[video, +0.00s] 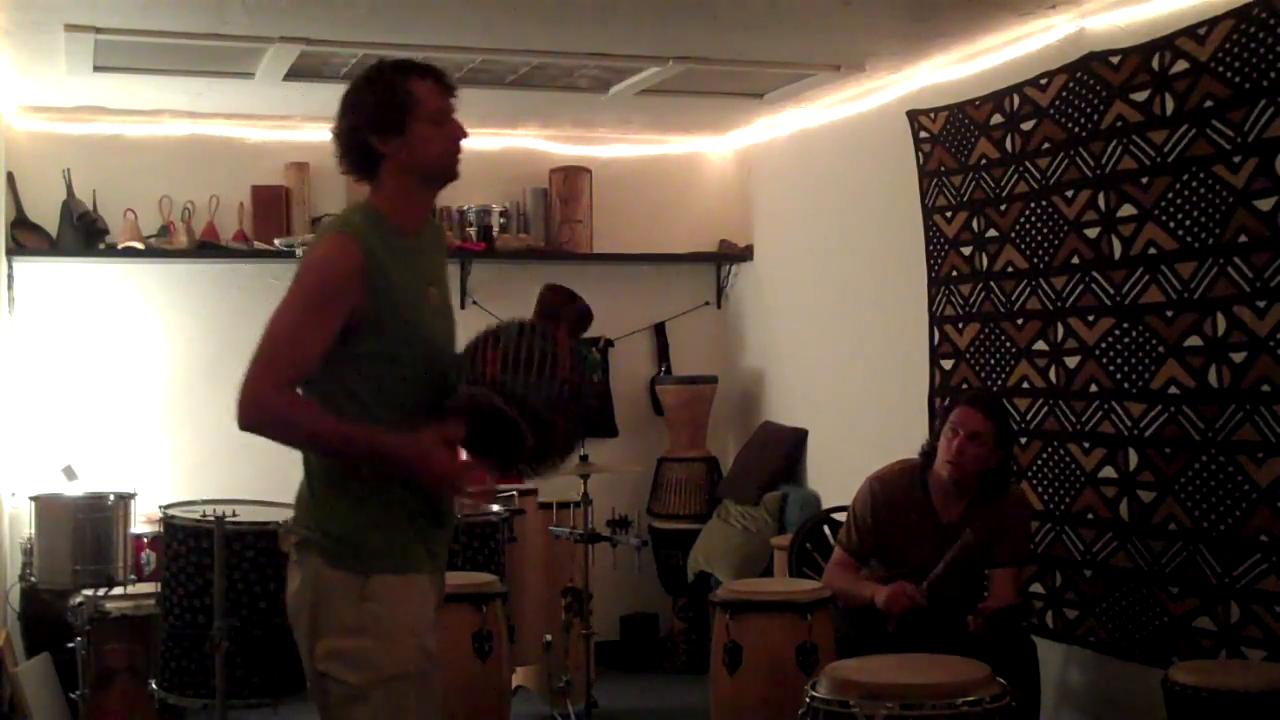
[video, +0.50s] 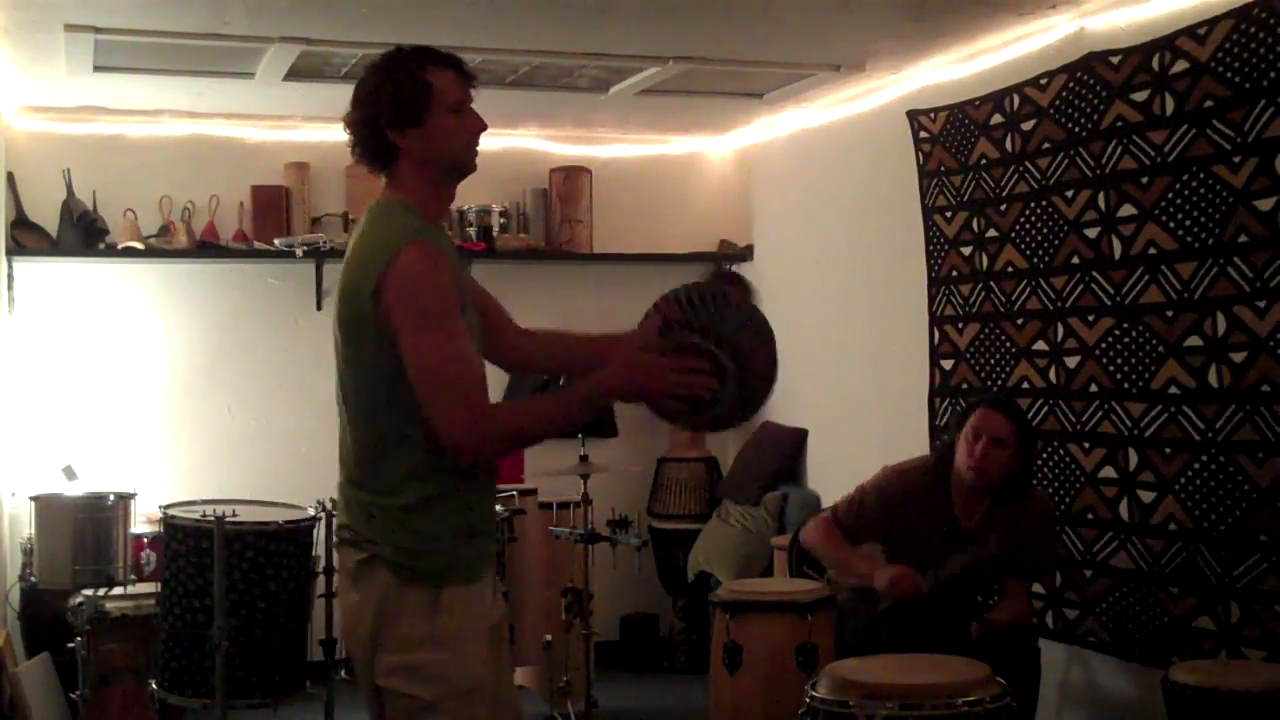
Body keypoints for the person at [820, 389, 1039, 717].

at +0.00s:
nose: (957, 446)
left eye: (973, 440)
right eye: (952, 432)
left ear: (994, 456)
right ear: (939, 434)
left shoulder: (1007, 506)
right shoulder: (885, 489)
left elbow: (1005, 595)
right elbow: (834, 575)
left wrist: (988, 612)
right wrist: (877, 592)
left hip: (959, 626)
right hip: (885, 623)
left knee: (1016, 648)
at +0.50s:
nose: (979, 452)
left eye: (997, 445)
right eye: (974, 436)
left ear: (1016, 459)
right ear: (957, 436)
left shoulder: (1028, 509)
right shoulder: (907, 483)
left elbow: (1018, 602)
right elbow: (814, 531)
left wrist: (981, 626)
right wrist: (875, 570)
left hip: (969, 618)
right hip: (896, 607)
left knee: (1019, 649)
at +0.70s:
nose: (968, 413)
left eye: (985, 405)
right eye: (961, 399)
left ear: (1004, 423)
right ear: (944, 407)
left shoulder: (1018, 496)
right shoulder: (894, 460)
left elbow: (1024, 596)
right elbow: (801, 510)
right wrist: (858, 542)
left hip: (961, 619)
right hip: (879, 609)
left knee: (1018, 670)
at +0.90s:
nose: (934, 395)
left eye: (948, 386)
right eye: (924, 386)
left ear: (973, 408)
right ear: (909, 402)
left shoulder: (997, 488)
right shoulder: (869, 464)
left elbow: (1022, 582)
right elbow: (776, 507)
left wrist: (980, 585)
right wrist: (838, 551)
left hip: (955, 621)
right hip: (874, 616)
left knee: (1005, 677)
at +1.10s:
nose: (896, 373)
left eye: (909, 368)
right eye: (884, 369)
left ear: (929, 392)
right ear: (868, 398)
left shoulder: (968, 465)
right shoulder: (837, 462)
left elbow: (1005, 543)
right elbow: (762, 521)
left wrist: (965, 567)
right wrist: (832, 536)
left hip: (944, 615)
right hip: (863, 616)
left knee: (995, 671)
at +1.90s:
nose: (895, 398)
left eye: (907, 387)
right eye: (884, 390)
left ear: (929, 399)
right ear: (869, 406)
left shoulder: (966, 472)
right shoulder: (841, 471)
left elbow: (1000, 562)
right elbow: (775, 547)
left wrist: (968, 536)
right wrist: (827, 533)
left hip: (940, 635)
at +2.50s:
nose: (883, 398)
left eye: (895, 386)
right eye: (873, 389)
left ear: (919, 400)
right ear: (859, 407)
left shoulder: (962, 469)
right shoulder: (829, 478)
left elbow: (997, 553)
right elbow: (777, 561)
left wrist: (964, 542)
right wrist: (821, 542)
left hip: (943, 636)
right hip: (859, 639)